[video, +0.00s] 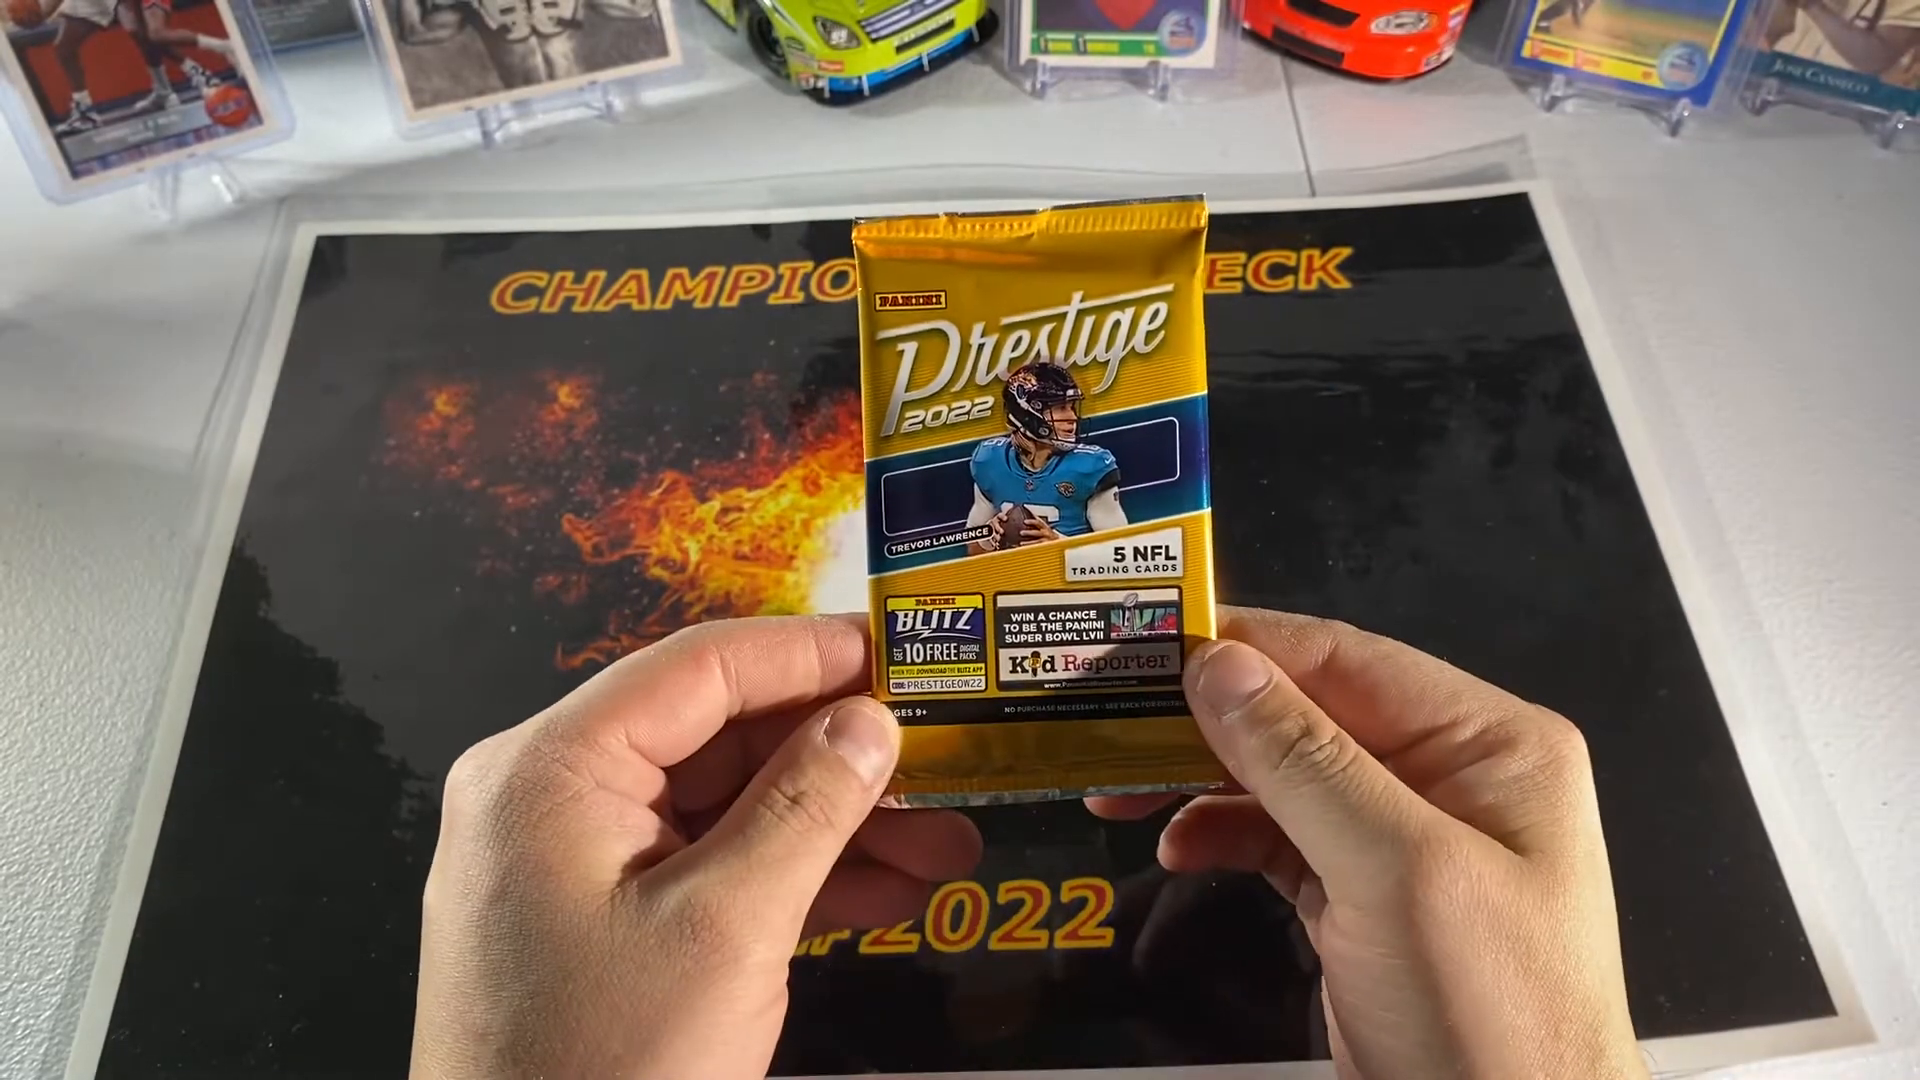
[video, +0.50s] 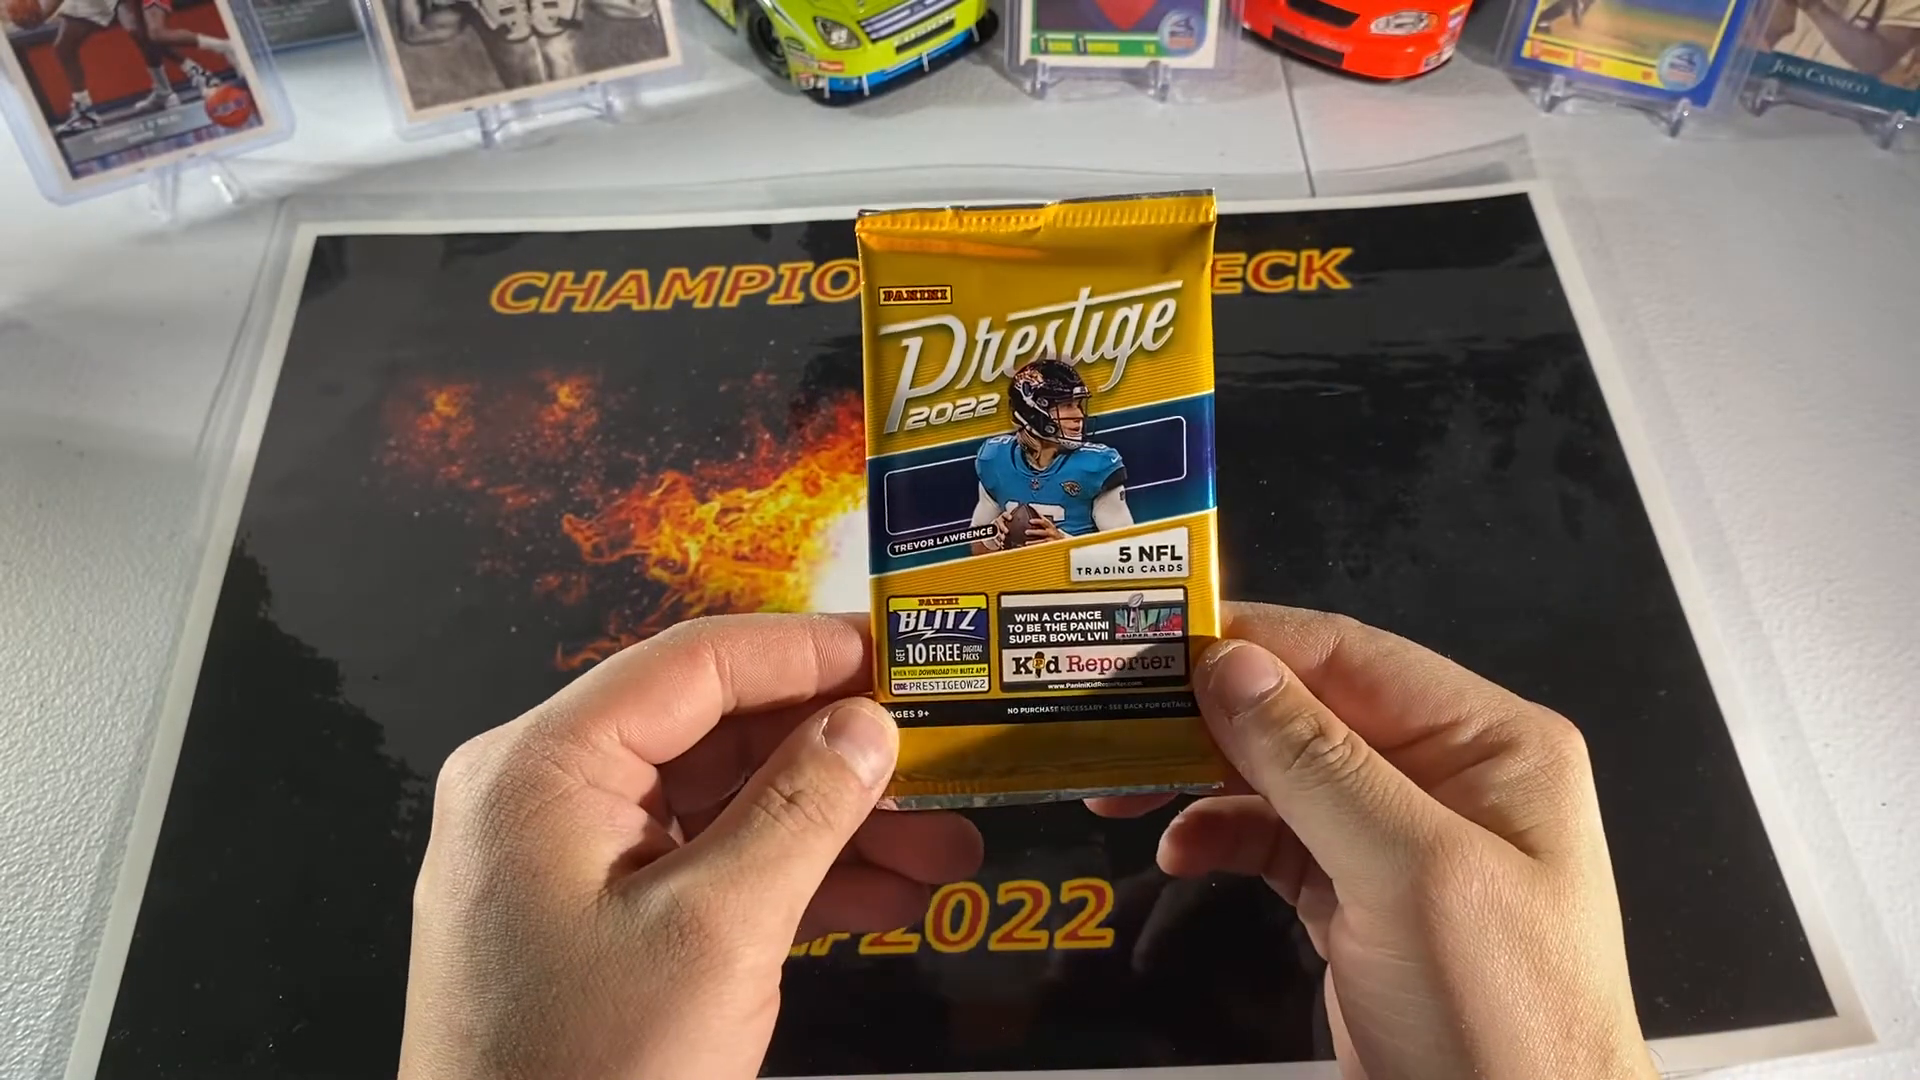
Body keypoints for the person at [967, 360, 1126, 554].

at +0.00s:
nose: (1072, 417)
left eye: (1071, 407)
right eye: (1058, 408)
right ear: (1026, 414)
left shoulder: (1092, 466)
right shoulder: (988, 460)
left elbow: (1119, 548)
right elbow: (973, 548)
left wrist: (1063, 543)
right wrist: (992, 538)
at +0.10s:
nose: (1069, 417)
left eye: (1068, 406)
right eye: (1055, 407)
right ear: (1023, 414)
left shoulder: (1090, 465)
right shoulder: (986, 460)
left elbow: (1118, 547)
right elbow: (971, 548)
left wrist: (1061, 542)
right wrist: (991, 537)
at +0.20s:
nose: (1069, 417)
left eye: (1068, 406)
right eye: (1055, 407)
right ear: (1024, 414)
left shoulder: (1090, 465)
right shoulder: (986, 460)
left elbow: (1120, 547)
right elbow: (973, 549)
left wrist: (1061, 542)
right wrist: (992, 537)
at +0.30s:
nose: (1071, 416)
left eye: (1070, 405)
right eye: (1057, 407)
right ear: (1026, 414)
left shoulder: (1092, 465)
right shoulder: (988, 460)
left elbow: (1121, 547)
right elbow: (974, 547)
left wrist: (1064, 543)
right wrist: (993, 538)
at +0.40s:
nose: (1078, 416)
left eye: (1077, 406)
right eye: (1065, 407)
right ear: (1033, 414)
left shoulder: (1098, 465)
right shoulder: (993, 459)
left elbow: (1125, 548)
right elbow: (978, 548)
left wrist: (1068, 542)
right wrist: (998, 538)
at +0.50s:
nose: (1078, 415)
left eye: (1078, 405)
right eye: (1064, 405)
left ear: (1084, 405)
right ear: (1032, 411)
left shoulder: (1097, 465)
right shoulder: (993, 458)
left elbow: (1126, 549)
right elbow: (977, 547)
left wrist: (1067, 542)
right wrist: (998, 537)